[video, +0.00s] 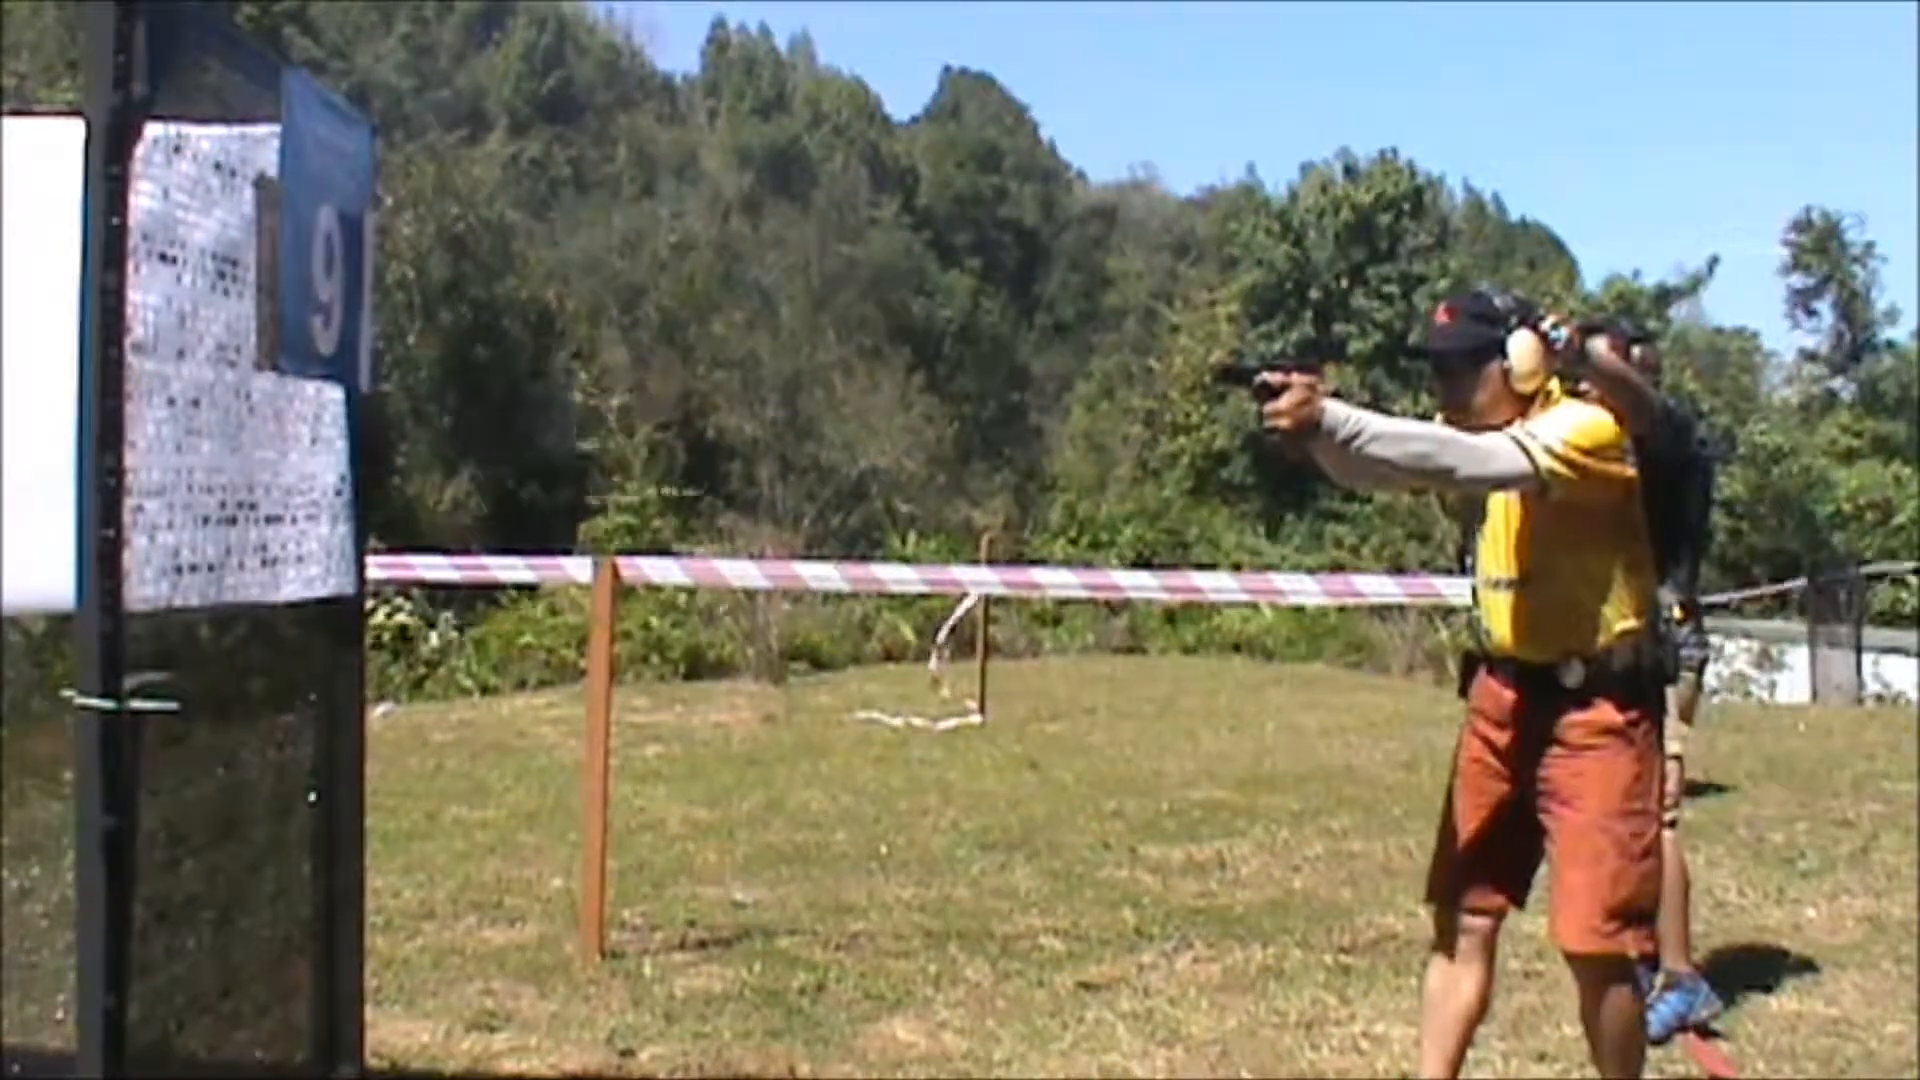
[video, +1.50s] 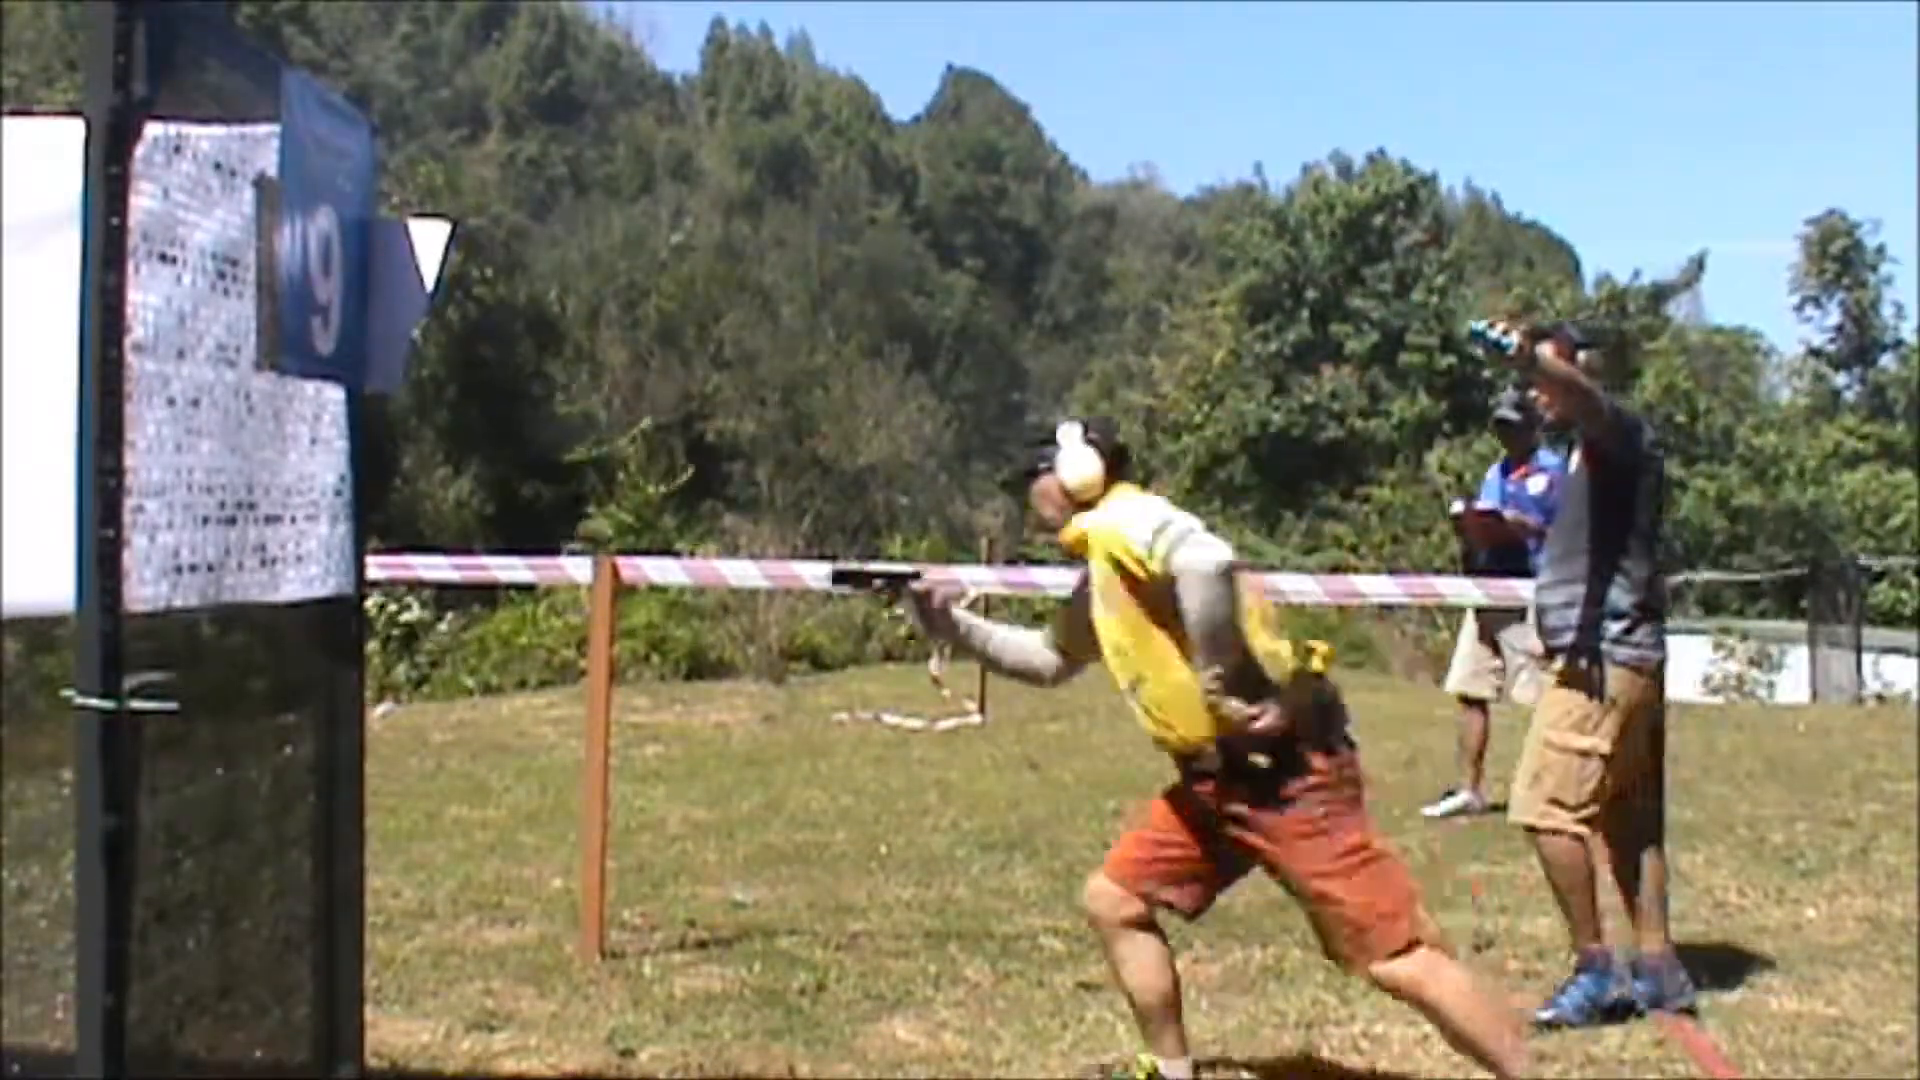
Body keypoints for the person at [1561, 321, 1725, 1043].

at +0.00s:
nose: (1607, 374)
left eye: (1620, 362)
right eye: (1602, 363)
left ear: (1644, 370)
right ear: (1596, 371)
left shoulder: (1671, 438)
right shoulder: (1583, 437)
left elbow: (1619, 379)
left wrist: (1581, 356)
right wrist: (1543, 364)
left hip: (1660, 629)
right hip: (1600, 631)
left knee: (1659, 809)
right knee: (1618, 807)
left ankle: (1678, 970)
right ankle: (1637, 967)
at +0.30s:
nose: (1608, 373)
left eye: (1620, 362)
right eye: (1603, 361)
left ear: (1644, 369)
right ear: (1604, 368)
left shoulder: (1670, 435)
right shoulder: (1589, 434)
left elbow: (1617, 378)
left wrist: (1578, 352)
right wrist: (1551, 364)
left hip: (1664, 626)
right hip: (1605, 630)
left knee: (1659, 808)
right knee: (1622, 805)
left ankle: (1678, 970)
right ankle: (1641, 967)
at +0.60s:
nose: (1611, 376)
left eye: (1623, 363)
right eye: (1606, 363)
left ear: (1647, 367)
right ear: (1603, 367)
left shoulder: (1678, 435)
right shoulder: (1592, 432)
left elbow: (1633, 404)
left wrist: (1585, 361)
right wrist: (1550, 361)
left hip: (1665, 622)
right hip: (1606, 626)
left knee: (1659, 809)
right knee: (1619, 806)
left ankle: (1678, 971)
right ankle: (1637, 968)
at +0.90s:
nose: (1601, 372)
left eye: (1613, 359)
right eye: (1597, 359)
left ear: (1640, 362)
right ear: (1608, 362)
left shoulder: (1673, 432)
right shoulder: (1598, 430)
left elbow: (1619, 388)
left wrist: (1585, 354)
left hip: (1661, 629)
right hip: (1612, 632)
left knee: (1659, 810)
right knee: (1624, 812)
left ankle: (1678, 973)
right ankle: (1644, 968)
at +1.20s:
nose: (1580, 390)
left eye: (1592, 376)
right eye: (1577, 379)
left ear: (1627, 372)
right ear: (1586, 383)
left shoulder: (1660, 440)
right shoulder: (1611, 450)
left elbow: (1618, 384)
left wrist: (1568, 346)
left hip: (1649, 653)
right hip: (1608, 651)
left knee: (1643, 818)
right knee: (1628, 819)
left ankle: (1682, 976)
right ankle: (1652, 962)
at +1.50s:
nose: (1538, 397)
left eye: (1549, 383)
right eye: (1536, 384)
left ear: (1582, 379)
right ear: (1554, 386)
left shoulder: (1618, 442)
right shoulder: (1603, 452)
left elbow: (1590, 402)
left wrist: (1532, 358)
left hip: (1605, 656)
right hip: (1624, 656)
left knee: (1550, 810)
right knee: (1628, 816)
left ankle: (1596, 969)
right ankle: (1658, 965)